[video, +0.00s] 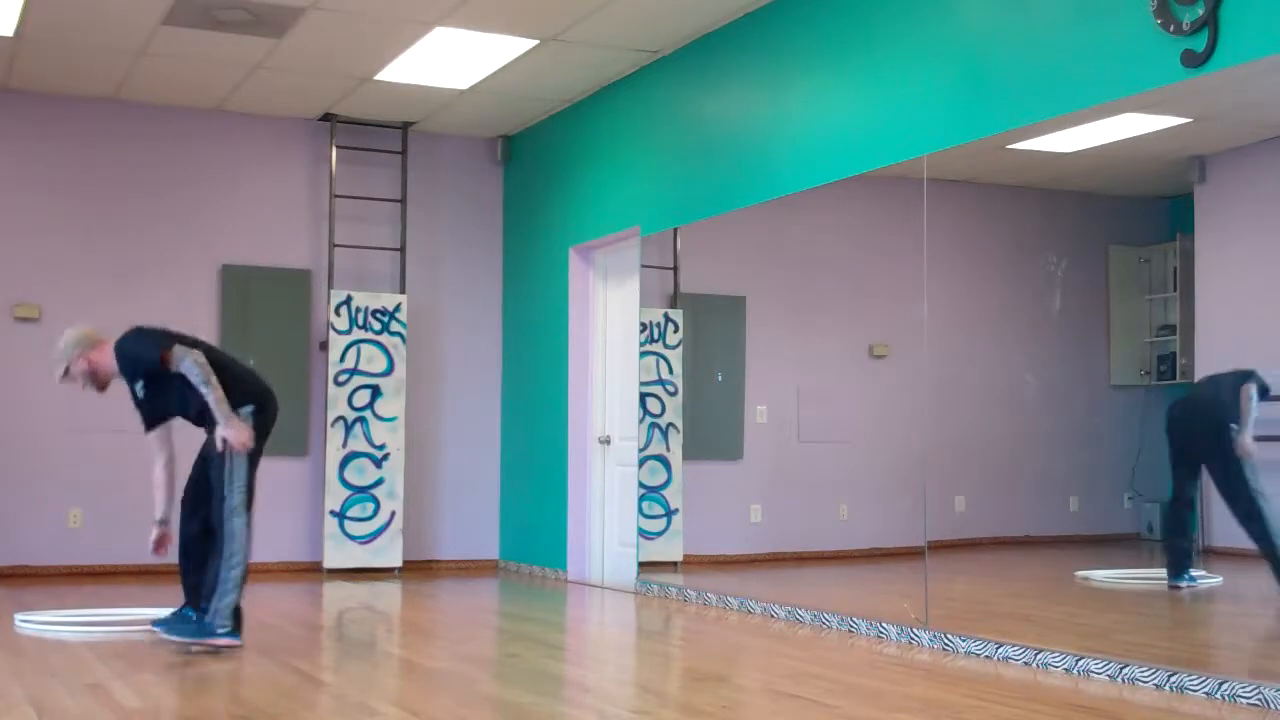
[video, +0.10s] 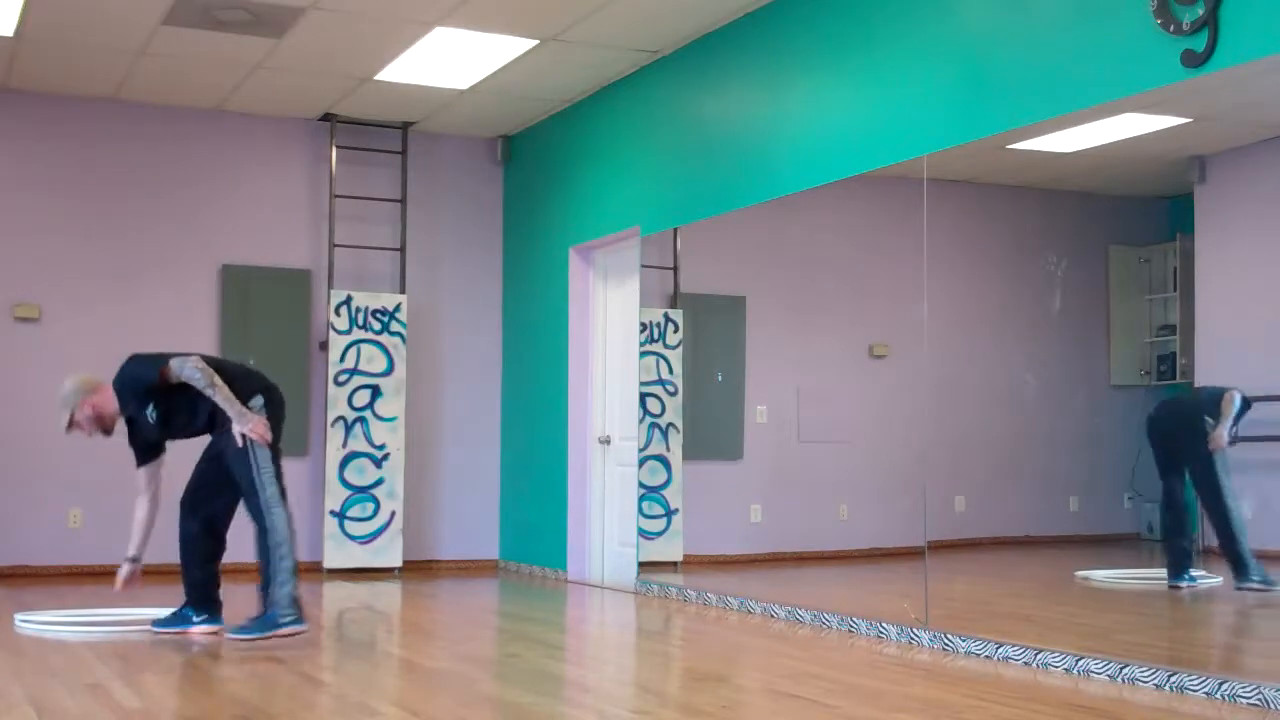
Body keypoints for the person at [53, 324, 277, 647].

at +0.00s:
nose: (77, 383)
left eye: (71, 373)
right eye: (70, 377)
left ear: (84, 357)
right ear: (86, 358)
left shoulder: (132, 346)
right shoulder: (141, 387)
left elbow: (192, 361)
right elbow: (163, 453)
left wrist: (227, 420)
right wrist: (161, 521)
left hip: (246, 409)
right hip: (226, 421)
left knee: (229, 514)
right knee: (196, 509)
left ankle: (223, 621)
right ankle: (196, 609)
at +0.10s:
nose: (84, 432)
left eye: (77, 423)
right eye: (77, 427)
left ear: (88, 405)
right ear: (91, 408)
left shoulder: (132, 374)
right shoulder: (142, 430)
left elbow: (193, 368)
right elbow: (148, 493)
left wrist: (241, 415)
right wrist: (133, 559)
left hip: (252, 407)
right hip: (227, 424)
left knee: (267, 509)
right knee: (197, 508)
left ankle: (283, 610)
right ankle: (202, 608)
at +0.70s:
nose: (182, 294)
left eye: (189, 286)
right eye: (178, 290)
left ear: (213, 285)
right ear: (178, 298)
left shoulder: (259, 319)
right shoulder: (199, 351)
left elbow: (307, 359)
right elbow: (199, 418)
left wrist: (310, 413)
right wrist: (158, 444)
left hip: (287, 429)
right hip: (245, 434)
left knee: (286, 522)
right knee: (221, 515)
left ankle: (295, 593)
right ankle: (203, 601)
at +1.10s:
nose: (271, 247)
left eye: (278, 242)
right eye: (264, 242)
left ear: (290, 253)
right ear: (253, 251)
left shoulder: (312, 299)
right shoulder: (235, 304)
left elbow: (339, 347)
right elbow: (217, 366)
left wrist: (358, 391)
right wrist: (192, 352)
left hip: (295, 421)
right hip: (247, 419)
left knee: (297, 510)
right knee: (221, 505)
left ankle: (302, 596)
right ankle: (200, 589)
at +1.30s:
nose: (268, 252)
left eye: (275, 248)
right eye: (261, 246)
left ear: (284, 259)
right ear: (248, 255)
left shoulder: (297, 305)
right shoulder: (226, 303)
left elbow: (314, 363)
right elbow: (199, 363)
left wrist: (323, 411)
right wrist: (212, 331)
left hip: (285, 425)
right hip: (237, 424)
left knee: (294, 510)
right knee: (230, 510)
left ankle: (303, 594)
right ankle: (223, 590)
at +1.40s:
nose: (262, 254)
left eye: (269, 250)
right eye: (254, 248)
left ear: (277, 260)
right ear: (241, 257)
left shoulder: (290, 306)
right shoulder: (220, 304)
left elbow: (298, 364)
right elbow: (198, 360)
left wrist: (304, 409)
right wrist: (225, 334)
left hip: (281, 421)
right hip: (235, 422)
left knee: (290, 502)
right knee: (233, 508)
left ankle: (308, 588)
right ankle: (224, 589)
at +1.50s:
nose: (257, 255)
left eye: (264, 250)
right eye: (250, 249)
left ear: (273, 260)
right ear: (236, 257)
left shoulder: (285, 305)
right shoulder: (217, 306)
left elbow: (290, 364)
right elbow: (200, 362)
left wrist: (296, 412)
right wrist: (231, 343)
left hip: (279, 422)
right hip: (233, 425)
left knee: (293, 506)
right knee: (231, 511)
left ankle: (310, 590)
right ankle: (223, 590)